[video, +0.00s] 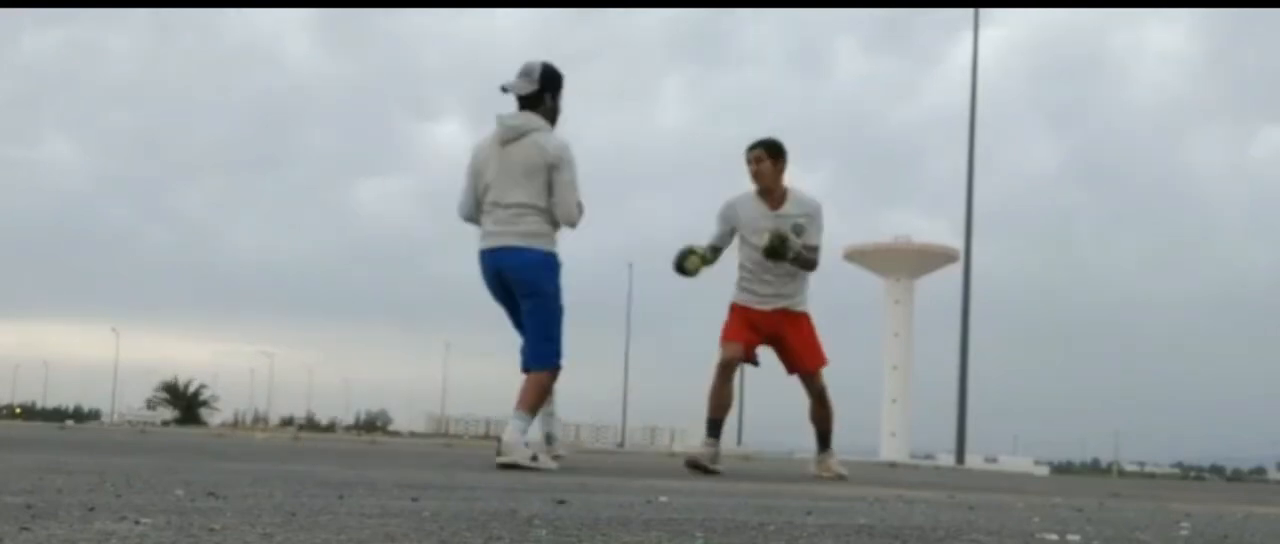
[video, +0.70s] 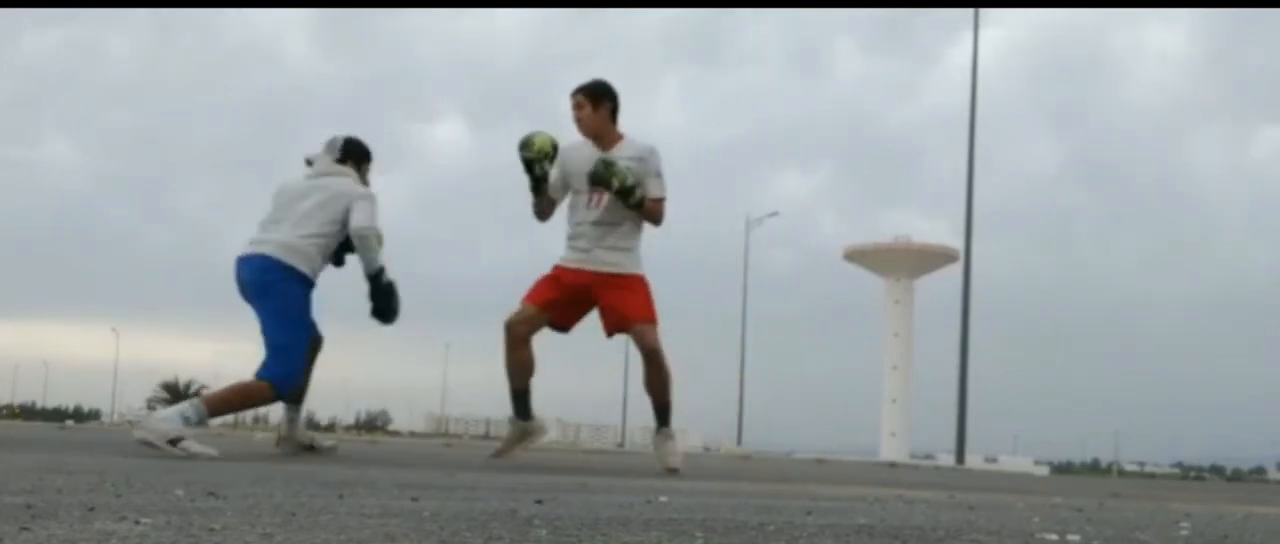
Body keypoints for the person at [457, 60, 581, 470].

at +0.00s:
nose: (562, 107)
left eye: (557, 100)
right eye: (560, 100)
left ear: (518, 98)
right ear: (552, 101)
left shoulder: (486, 145)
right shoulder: (554, 146)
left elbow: (468, 209)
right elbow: (567, 213)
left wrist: (500, 213)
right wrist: (571, 202)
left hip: (492, 255)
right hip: (534, 255)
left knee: (537, 344)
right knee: (544, 352)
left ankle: (544, 434)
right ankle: (516, 438)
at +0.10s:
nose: (533, 107)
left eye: (533, 98)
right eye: (530, 97)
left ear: (497, 96)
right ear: (514, 96)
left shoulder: (467, 143)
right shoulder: (508, 138)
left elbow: (439, 208)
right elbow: (507, 204)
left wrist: (486, 220)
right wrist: (533, 212)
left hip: (459, 252)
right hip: (496, 252)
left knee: (493, 344)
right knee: (538, 351)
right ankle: (514, 444)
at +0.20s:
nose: (493, 105)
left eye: (493, 96)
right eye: (489, 95)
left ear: (463, 92)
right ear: (469, 91)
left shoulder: (434, 128)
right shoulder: (456, 127)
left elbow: (440, 195)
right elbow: (458, 185)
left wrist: (482, 208)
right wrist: (491, 201)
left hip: (430, 252)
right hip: (456, 252)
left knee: (421, 354)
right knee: (513, 342)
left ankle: (317, 401)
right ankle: (513, 446)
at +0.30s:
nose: (457, 107)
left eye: (457, 98)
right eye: (453, 97)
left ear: (426, 95)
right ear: (432, 95)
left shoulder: (396, 134)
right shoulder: (416, 132)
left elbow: (396, 211)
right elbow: (409, 188)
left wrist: (443, 231)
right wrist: (449, 199)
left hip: (373, 248)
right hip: (403, 248)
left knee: (345, 345)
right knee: (468, 337)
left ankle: (267, 422)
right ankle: (499, 439)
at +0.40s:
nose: (434, 101)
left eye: (434, 92)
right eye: (429, 91)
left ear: (402, 91)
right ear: (408, 90)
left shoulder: (376, 126)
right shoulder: (389, 126)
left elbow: (375, 215)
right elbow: (366, 182)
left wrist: (419, 229)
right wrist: (411, 196)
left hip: (334, 245)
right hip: (360, 246)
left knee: (333, 352)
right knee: (429, 328)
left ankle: (262, 426)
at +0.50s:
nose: (412, 105)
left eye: (413, 96)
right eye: (409, 95)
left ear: (379, 91)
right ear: (387, 90)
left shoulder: (350, 121)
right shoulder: (374, 124)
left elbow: (338, 205)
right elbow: (362, 182)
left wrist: (384, 228)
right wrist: (403, 188)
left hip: (310, 236)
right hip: (333, 239)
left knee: (338, 345)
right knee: (355, 347)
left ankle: (272, 412)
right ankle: (265, 399)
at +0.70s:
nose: (367, 176)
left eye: (367, 170)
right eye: (366, 170)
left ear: (330, 159)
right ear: (358, 165)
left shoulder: (297, 183)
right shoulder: (356, 190)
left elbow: (289, 224)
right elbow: (362, 230)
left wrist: (328, 245)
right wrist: (378, 279)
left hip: (250, 267)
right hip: (282, 274)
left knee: (310, 340)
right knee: (281, 382)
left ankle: (292, 429)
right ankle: (174, 418)